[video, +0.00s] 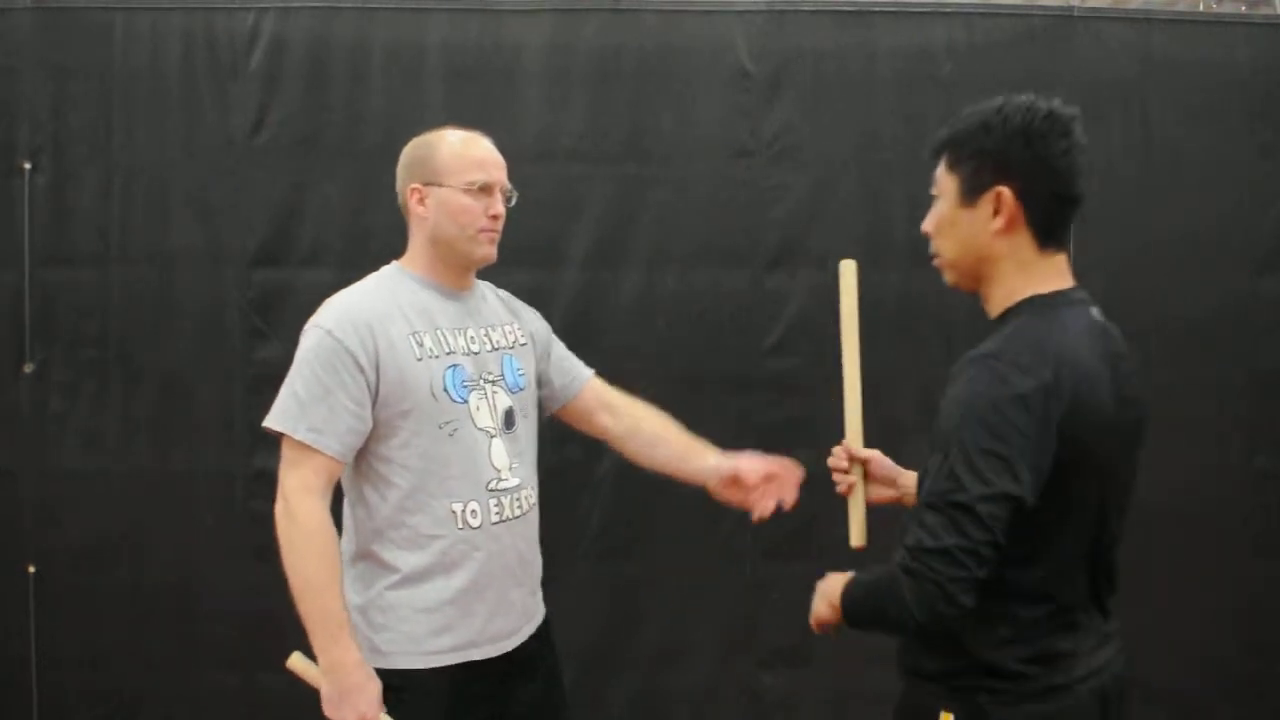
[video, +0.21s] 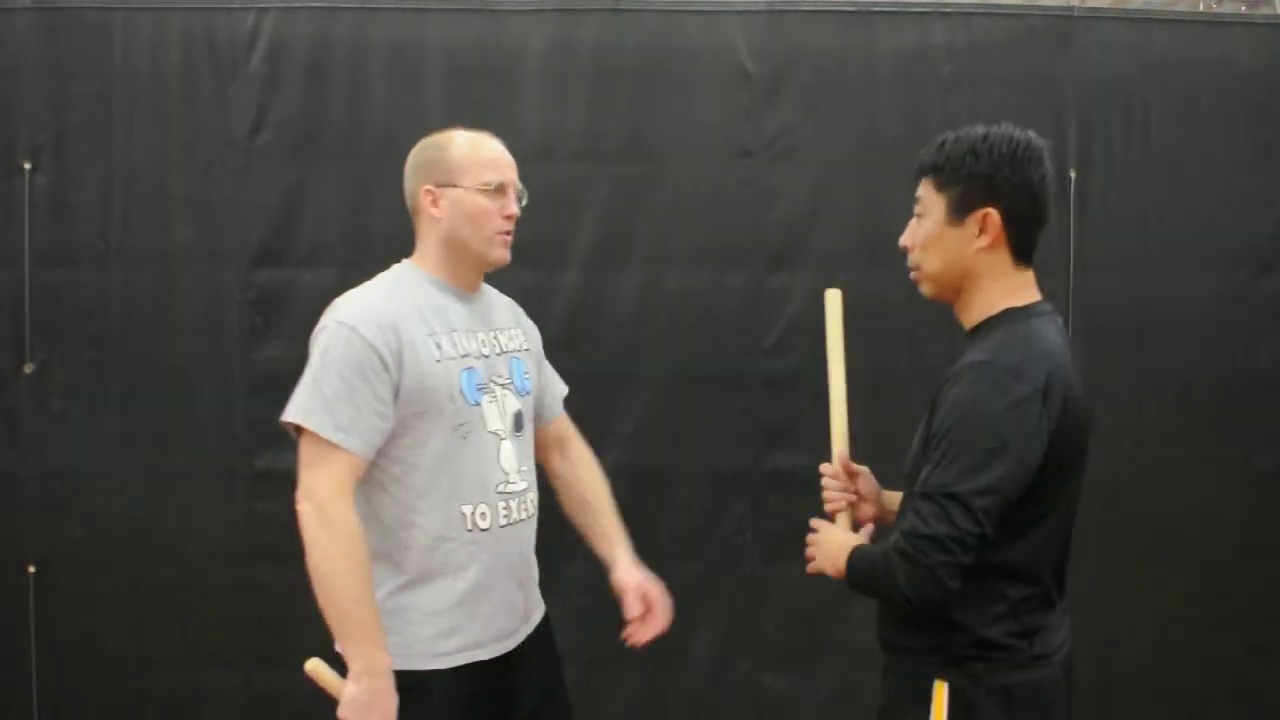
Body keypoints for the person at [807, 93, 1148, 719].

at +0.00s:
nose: (926, 227)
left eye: (939, 202)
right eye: (930, 203)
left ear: (999, 211)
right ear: (1005, 213)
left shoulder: (1005, 371)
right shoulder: (1098, 345)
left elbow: (934, 590)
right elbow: (1054, 510)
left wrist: (844, 596)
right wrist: (911, 487)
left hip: (985, 696)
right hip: (1081, 678)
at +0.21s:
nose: (904, 239)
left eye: (921, 215)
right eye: (912, 216)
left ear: (984, 229)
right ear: (982, 232)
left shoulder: (1002, 373)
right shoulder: (1024, 351)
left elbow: (927, 571)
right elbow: (992, 520)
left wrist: (850, 558)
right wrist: (887, 505)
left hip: (967, 688)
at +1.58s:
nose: (905, 240)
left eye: (923, 222)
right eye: (911, 221)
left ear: (982, 238)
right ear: (978, 240)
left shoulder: (1001, 352)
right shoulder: (982, 342)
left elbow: (943, 513)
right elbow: (941, 470)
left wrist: (877, 537)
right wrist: (843, 467)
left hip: (983, 637)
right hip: (961, 630)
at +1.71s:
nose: (907, 243)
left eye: (923, 226)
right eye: (912, 225)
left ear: (981, 240)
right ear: (978, 243)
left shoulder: (990, 350)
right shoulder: (992, 336)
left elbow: (886, 492)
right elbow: (930, 438)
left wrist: (868, 482)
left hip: (975, 624)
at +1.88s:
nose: (903, 245)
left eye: (919, 228)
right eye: (908, 228)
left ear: (974, 240)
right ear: (970, 242)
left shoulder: (971, 346)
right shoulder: (1004, 331)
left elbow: (861, 465)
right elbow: (910, 416)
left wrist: (910, 438)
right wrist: (873, 308)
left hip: (968, 616)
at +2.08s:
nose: (899, 246)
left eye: (916, 230)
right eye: (905, 229)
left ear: (973, 244)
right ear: (966, 245)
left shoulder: (978, 355)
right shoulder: (970, 339)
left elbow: (863, 479)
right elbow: (848, 379)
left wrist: (871, 430)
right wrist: (854, 270)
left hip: (963, 629)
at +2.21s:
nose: (895, 247)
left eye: (912, 228)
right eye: (900, 228)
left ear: (971, 244)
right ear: (966, 246)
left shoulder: (998, 363)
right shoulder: (934, 352)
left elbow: (878, 492)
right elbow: (806, 378)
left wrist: (855, 445)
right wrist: (792, 265)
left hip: (968, 650)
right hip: (919, 642)